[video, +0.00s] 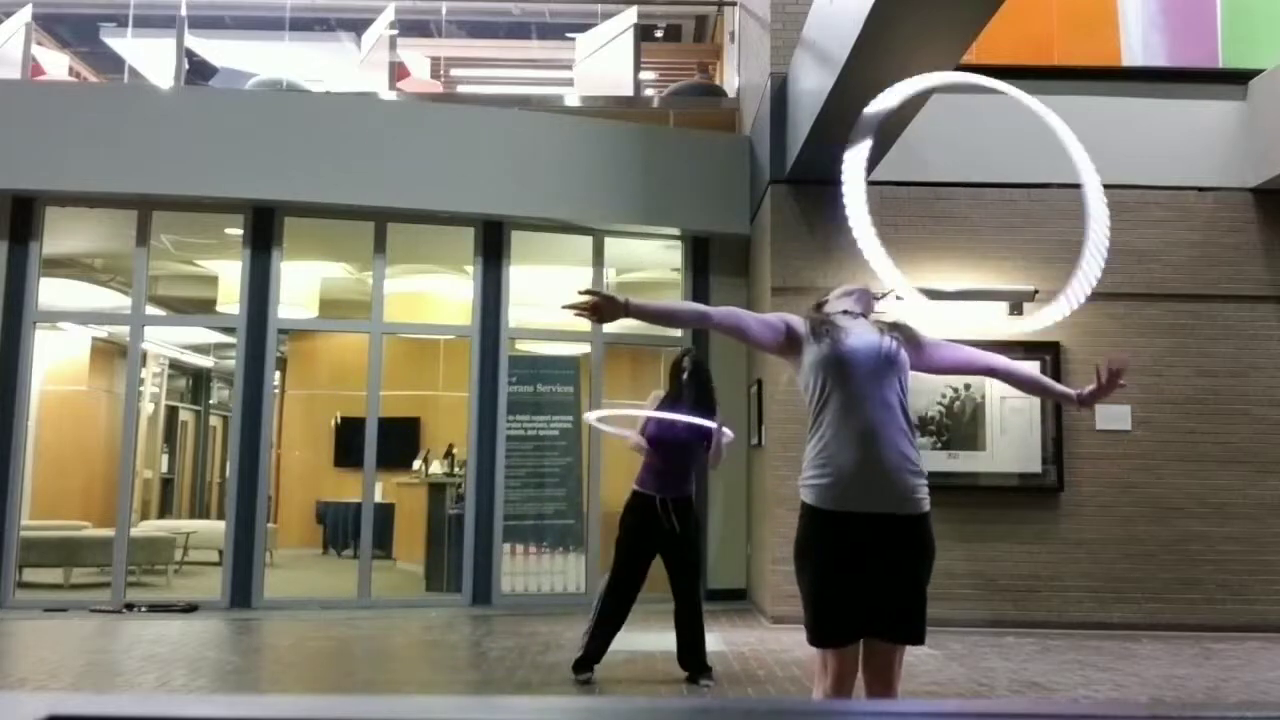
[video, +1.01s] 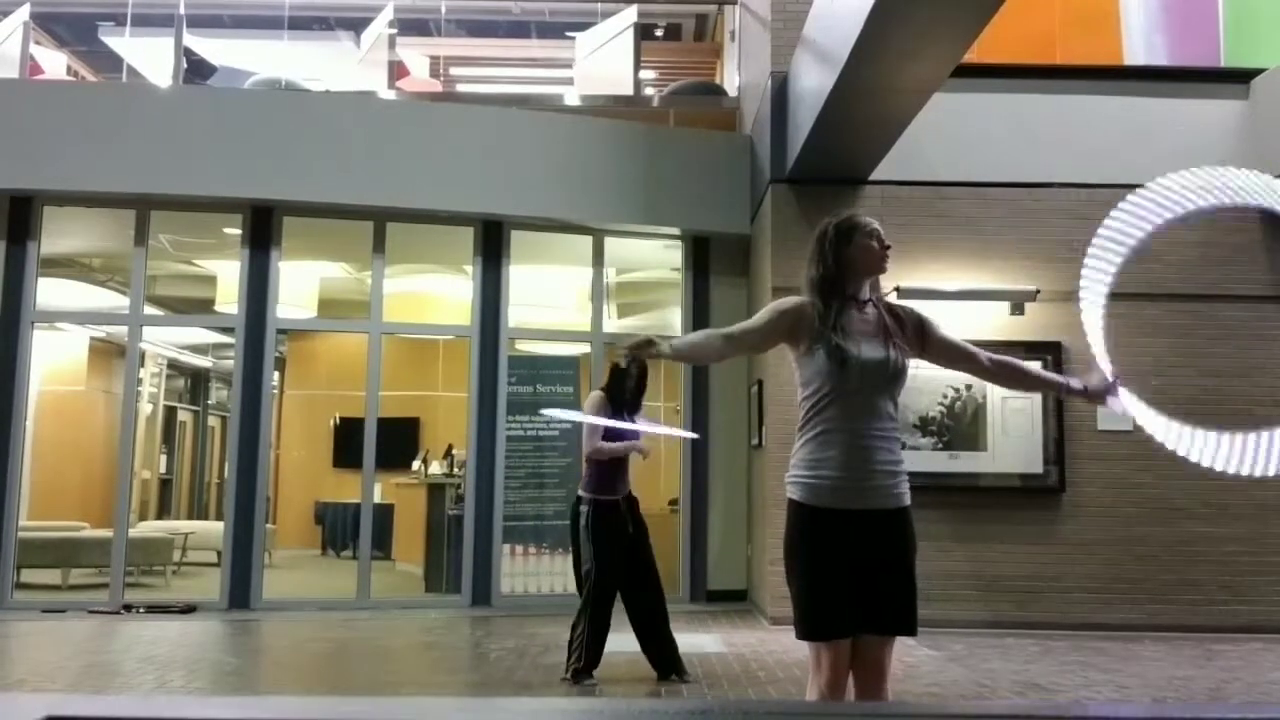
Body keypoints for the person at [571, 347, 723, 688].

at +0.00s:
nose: (687, 379)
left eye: (693, 373)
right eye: (683, 372)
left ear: (703, 379)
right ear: (674, 375)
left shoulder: (706, 414)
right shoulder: (659, 402)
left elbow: (713, 462)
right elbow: (639, 442)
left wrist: (719, 440)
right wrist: (638, 444)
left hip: (680, 506)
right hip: (644, 503)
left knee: (688, 592)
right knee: (622, 586)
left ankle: (696, 668)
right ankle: (586, 662)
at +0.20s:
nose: (679, 383)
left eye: (687, 377)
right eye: (674, 375)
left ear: (697, 382)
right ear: (666, 379)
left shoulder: (706, 416)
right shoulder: (654, 410)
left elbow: (706, 466)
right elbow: (644, 437)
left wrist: (676, 440)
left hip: (681, 513)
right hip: (642, 510)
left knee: (690, 596)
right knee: (621, 593)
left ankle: (698, 671)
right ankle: (591, 671)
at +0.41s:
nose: (665, 392)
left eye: (672, 386)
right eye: (660, 384)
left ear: (681, 392)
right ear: (649, 388)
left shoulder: (683, 429)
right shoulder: (633, 420)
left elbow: (669, 465)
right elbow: (607, 456)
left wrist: (648, 425)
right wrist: (598, 427)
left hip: (668, 520)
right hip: (630, 520)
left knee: (684, 597)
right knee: (619, 596)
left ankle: (698, 669)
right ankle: (595, 667)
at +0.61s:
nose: (647, 393)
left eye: (653, 388)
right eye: (642, 386)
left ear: (660, 393)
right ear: (631, 387)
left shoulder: (661, 428)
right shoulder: (607, 416)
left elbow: (667, 471)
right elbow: (596, 461)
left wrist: (635, 437)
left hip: (638, 517)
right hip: (604, 517)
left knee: (661, 595)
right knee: (607, 600)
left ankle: (694, 669)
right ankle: (591, 670)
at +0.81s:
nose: (639, 382)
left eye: (643, 376)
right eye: (634, 374)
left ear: (647, 378)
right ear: (621, 374)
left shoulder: (638, 408)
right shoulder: (600, 397)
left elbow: (625, 454)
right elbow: (588, 441)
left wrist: (656, 467)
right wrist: (624, 469)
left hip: (625, 508)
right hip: (597, 507)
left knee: (641, 587)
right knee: (598, 589)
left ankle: (659, 666)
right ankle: (585, 670)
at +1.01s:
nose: (636, 383)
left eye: (640, 377)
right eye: (632, 376)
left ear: (642, 380)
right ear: (619, 375)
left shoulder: (630, 409)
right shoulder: (597, 401)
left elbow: (617, 461)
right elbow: (590, 448)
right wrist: (632, 445)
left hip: (624, 507)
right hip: (595, 510)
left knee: (645, 588)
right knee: (597, 590)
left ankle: (668, 666)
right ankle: (578, 669)